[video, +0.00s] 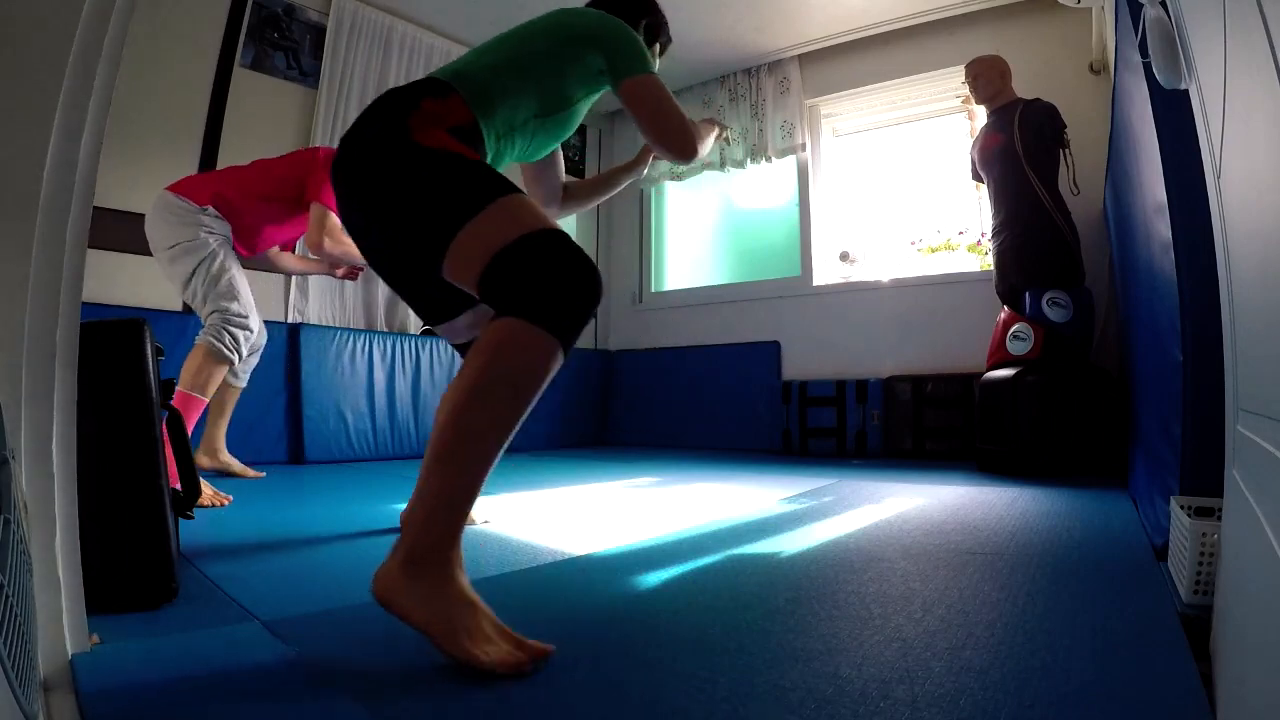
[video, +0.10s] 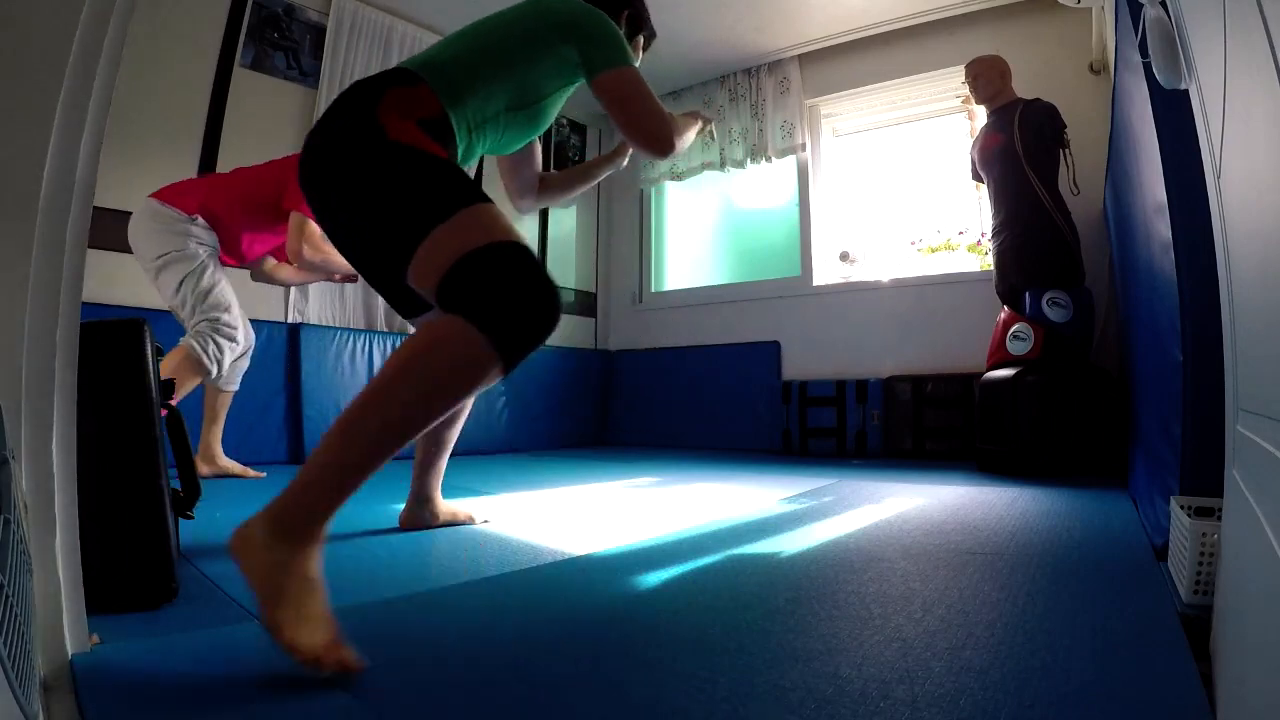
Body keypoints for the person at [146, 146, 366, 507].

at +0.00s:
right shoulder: (328, 164)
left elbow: (264, 256)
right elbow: (324, 242)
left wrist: (330, 267)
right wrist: (369, 256)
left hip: (211, 229)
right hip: (188, 213)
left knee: (251, 335)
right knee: (233, 324)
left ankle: (211, 450)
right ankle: (168, 454)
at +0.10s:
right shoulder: (306, 173)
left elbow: (264, 270)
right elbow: (305, 249)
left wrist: (330, 274)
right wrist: (350, 268)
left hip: (198, 237)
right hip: (173, 221)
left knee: (241, 339)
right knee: (222, 332)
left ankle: (210, 453)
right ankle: (139, 415)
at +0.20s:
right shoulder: (288, 191)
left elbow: (255, 281)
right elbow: (287, 261)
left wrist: (326, 281)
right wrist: (336, 279)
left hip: (183, 248)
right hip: (155, 230)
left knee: (227, 341)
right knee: (190, 356)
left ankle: (207, 455)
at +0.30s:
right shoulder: (277, 204)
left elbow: (238, 288)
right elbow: (280, 273)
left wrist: (304, 290)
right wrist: (337, 281)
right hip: (140, 237)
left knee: (222, 341)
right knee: (189, 359)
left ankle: (207, 456)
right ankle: (119, 444)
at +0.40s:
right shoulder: (273, 211)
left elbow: (218, 291)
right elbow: (272, 281)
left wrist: (286, 305)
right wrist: (329, 290)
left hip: (165, 260)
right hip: (132, 244)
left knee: (219, 340)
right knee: (189, 365)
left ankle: (206, 456)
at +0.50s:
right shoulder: (278, 214)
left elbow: (211, 287)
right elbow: (266, 281)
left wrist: (273, 309)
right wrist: (321, 301)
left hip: (163, 262)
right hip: (130, 248)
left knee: (218, 341)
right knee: (188, 368)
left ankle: (208, 462)